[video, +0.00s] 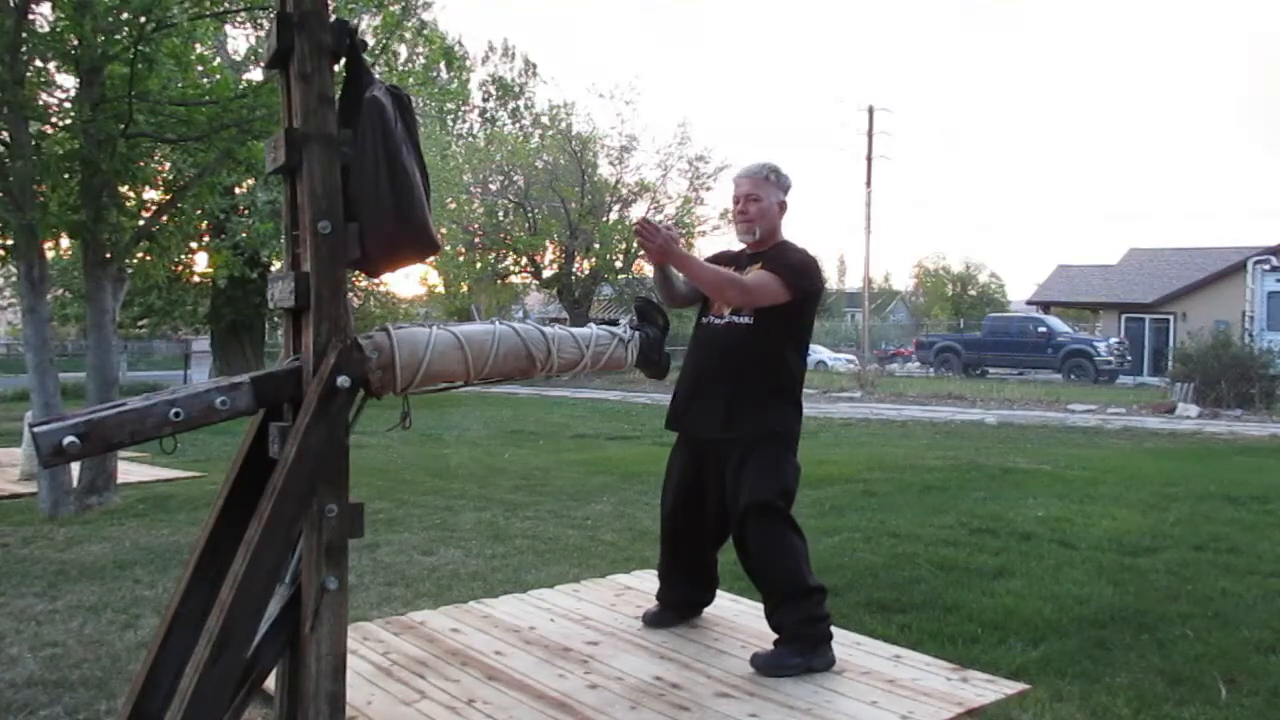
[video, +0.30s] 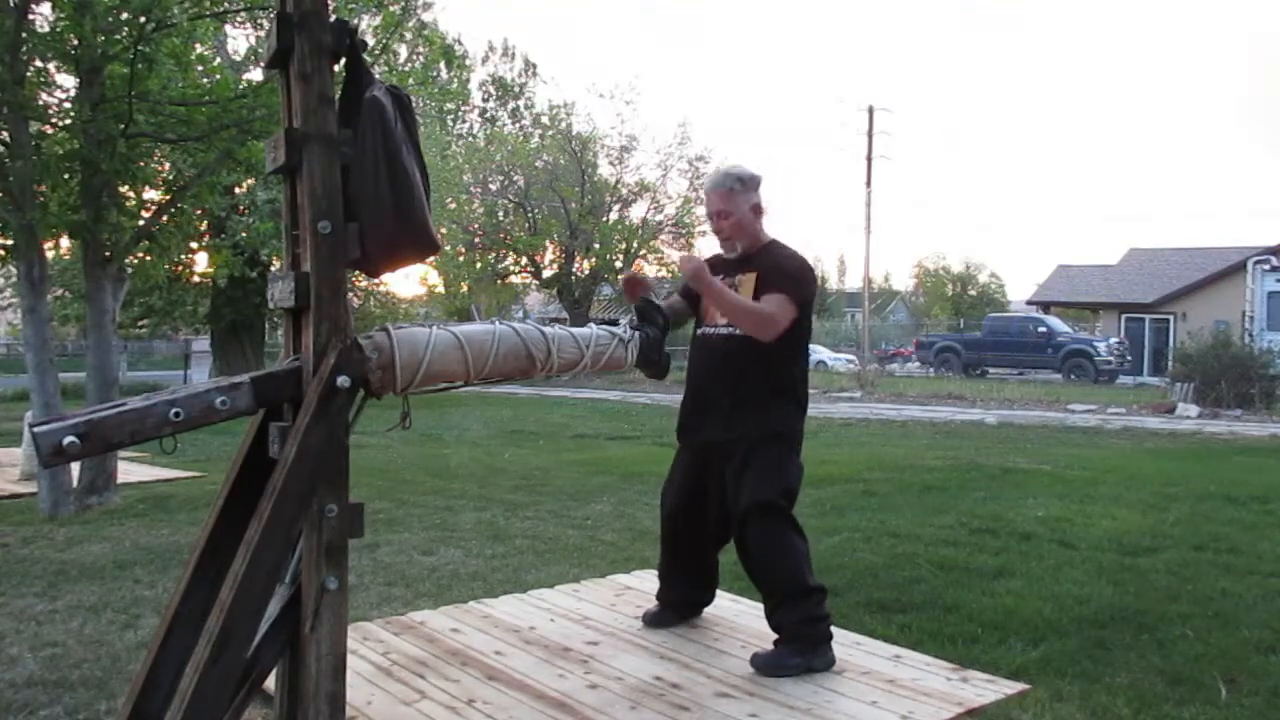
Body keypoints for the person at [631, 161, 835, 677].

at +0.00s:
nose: (744, 209)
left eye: (754, 200)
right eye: (738, 201)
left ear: (781, 204)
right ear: (732, 209)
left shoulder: (797, 266)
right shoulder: (720, 263)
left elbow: (740, 292)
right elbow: (674, 295)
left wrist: (678, 257)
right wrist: (660, 261)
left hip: (762, 425)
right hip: (702, 419)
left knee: (762, 524)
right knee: (684, 513)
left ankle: (807, 640)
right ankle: (682, 599)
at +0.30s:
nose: (719, 225)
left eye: (728, 214)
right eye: (712, 216)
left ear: (758, 209)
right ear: (708, 215)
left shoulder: (789, 267)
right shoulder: (710, 271)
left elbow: (767, 324)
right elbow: (672, 312)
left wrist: (708, 286)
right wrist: (645, 302)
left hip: (766, 428)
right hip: (706, 422)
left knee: (763, 522)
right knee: (682, 511)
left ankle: (807, 640)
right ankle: (682, 599)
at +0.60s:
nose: (671, 256)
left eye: (676, 245)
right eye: (666, 247)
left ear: (707, 229)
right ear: (668, 238)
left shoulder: (759, 270)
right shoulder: (685, 280)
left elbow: (797, 342)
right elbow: (693, 344)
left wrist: (773, 406)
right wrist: (691, 394)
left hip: (769, 420)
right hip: (716, 421)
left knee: (784, 523)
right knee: (691, 510)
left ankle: (810, 640)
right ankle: (681, 599)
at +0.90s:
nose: (682, 260)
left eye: (686, 249)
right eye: (677, 251)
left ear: (717, 232)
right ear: (700, 236)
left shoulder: (768, 265)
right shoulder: (697, 280)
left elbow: (812, 334)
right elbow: (700, 343)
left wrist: (782, 402)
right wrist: (697, 395)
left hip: (778, 421)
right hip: (724, 420)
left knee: (784, 526)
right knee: (695, 508)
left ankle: (814, 644)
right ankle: (682, 599)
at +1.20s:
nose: (689, 249)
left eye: (695, 238)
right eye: (684, 239)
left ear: (729, 228)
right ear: (686, 233)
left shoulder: (777, 274)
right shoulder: (693, 283)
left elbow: (809, 350)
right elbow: (688, 344)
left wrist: (799, 428)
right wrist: (681, 395)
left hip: (771, 434)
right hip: (713, 432)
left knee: (776, 533)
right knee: (683, 511)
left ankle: (812, 644)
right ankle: (681, 599)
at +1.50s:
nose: (717, 222)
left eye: (728, 212)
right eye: (714, 212)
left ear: (761, 213)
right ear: (713, 213)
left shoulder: (793, 271)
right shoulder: (708, 275)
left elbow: (789, 327)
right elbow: (678, 330)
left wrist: (715, 317)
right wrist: (679, 312)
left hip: (767, 433)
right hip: (705, 428)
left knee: (763, 519)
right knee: (676, 512)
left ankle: (813, 643)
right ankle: (682, 595)